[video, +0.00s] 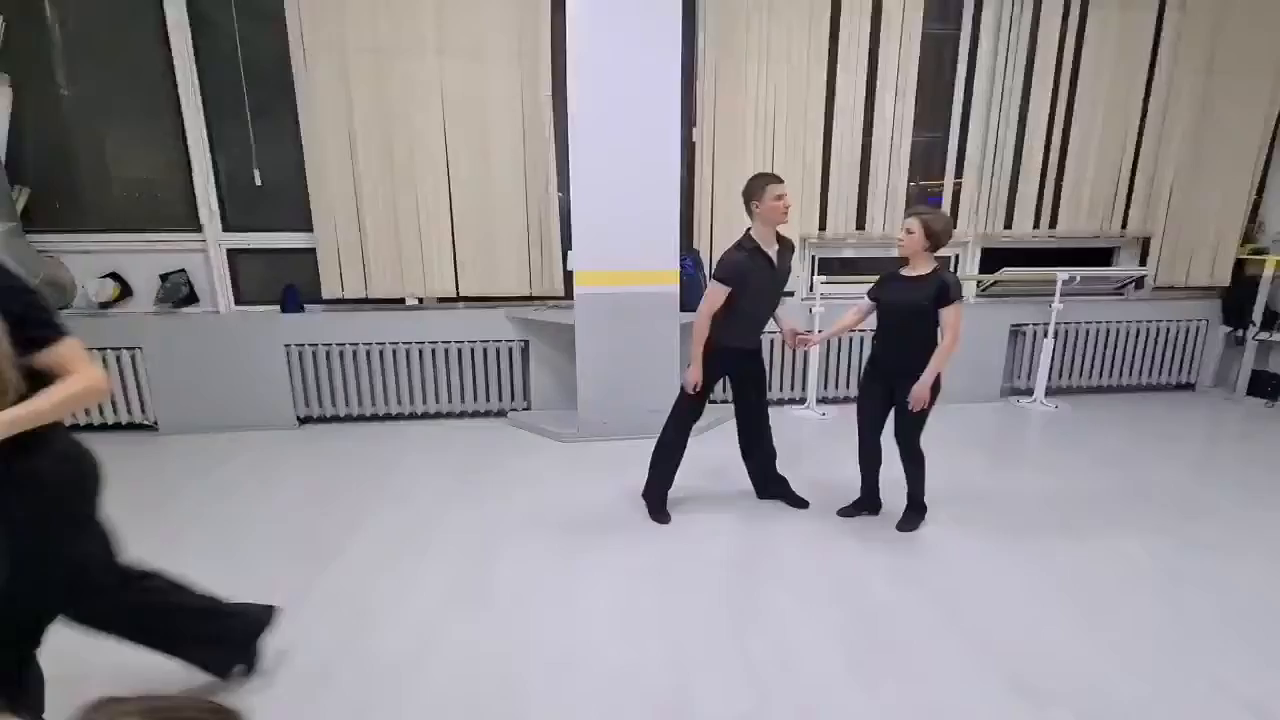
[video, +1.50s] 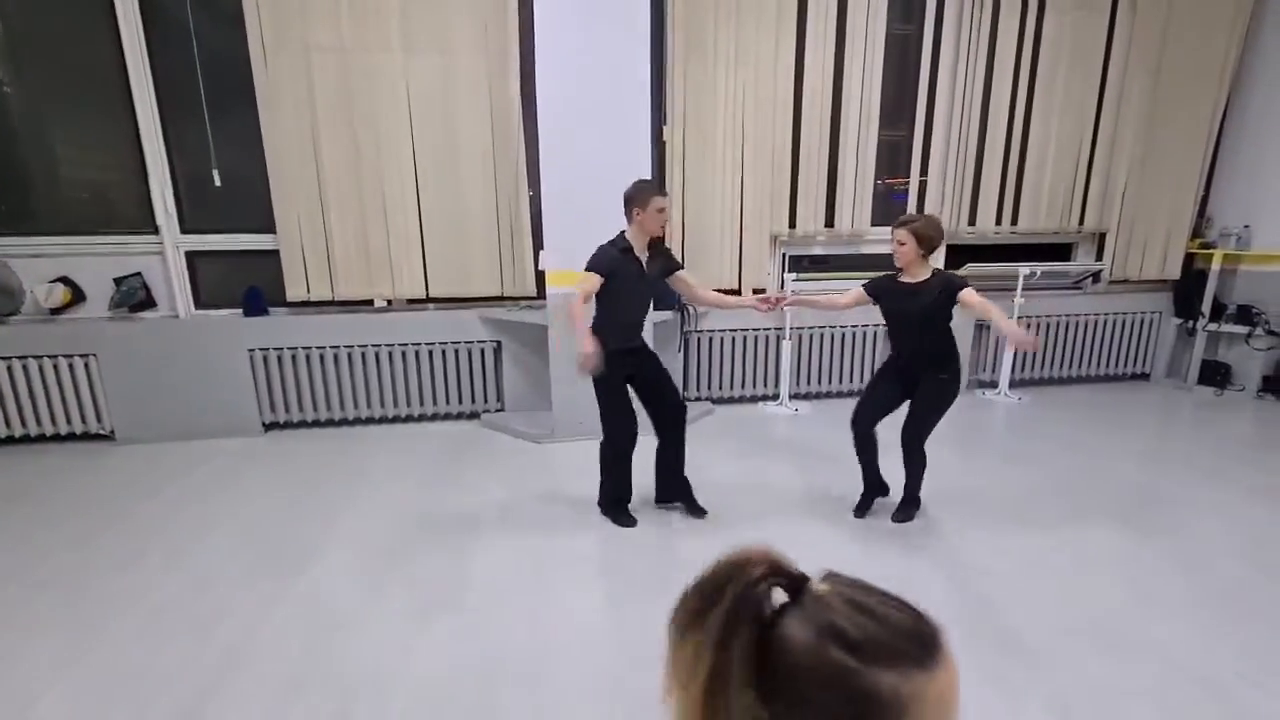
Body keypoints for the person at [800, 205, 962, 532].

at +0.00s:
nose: (901, 237)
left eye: (909, 232)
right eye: (902, 231)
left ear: (929, 241)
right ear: (906, 236)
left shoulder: (944, 283)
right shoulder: (890, 278)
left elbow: (950, 340)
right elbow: (858, 314)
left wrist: (925, 382)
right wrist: (820, 337)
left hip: (916, 375)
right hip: (880, 369)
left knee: (907, 440)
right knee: (867, 433)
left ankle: (916, 505)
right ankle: (869, 498)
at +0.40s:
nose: (879, 243)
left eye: (886, 238)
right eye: (880, 237)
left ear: (906, 246)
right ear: (887, 242)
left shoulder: (917, 281)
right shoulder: (873, 275)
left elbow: (939, 333)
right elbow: (846, 319)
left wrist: (894, 356)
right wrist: (809, 323)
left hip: (878, 370)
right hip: (846, 365)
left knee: (871, 439)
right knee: (853, 435)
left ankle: (904, 498)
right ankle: (860, 496)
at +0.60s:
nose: (877, 241)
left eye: (884, 236)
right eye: (877, 235)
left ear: (904, 243)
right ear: (877, 239)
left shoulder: (913, 281)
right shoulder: (864, 277)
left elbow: (927, 328)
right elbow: (836, 315)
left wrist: (890, 308)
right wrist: (807, 312)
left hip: (885, 372)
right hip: (848, 367)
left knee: (879, 437)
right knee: (849, 434)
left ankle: (910, 497)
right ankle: (855, 495)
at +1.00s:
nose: (899, 247)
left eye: (906, 242)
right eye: (899, 241)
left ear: (927, 247)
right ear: (904, 245)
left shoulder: (946, 281)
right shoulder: (895, 283)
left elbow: (962, 310)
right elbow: (857, 311)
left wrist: (926, 320)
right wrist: (818, 305)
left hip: (934, 376)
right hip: (894, 370)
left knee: (920, 441)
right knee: (858, 425)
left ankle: (922, 503)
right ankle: (850, 491)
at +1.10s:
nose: (903, 247)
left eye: (910, 242)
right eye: (903, 241)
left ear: (931, 246)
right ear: (907, 244)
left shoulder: (952, 282)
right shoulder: (898, 284)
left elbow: (977, 305)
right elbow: (859, 307)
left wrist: (969, 327)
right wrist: (820, 303)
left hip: (945, 374)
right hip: (906, 366)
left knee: (922, 438)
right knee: (863, 417)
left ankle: (920, 500)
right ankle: (851, 485)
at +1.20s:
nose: (905, 248)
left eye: (912, 241)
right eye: (905, 241)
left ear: (934, 245)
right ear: (908, 243)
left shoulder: (955, 281)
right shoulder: (897, 283)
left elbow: (993, 302)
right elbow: (856, 304)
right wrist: (815, 302)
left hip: (953, 373)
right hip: (913, 367)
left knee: (925, 436)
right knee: (872, 417)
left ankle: (919, 499)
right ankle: (860, 486)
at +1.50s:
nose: (894, 249)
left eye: (901, 243)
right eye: (893, 243)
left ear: (923, 248)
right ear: (894, 245)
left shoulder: (946, 283)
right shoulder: (884, 285)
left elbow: (983, 307)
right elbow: (841, 302)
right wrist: (793, 300)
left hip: (940, 375)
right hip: (900, 370)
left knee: (912, 437)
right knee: (861, 421)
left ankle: (911, 500)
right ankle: (873, 485)